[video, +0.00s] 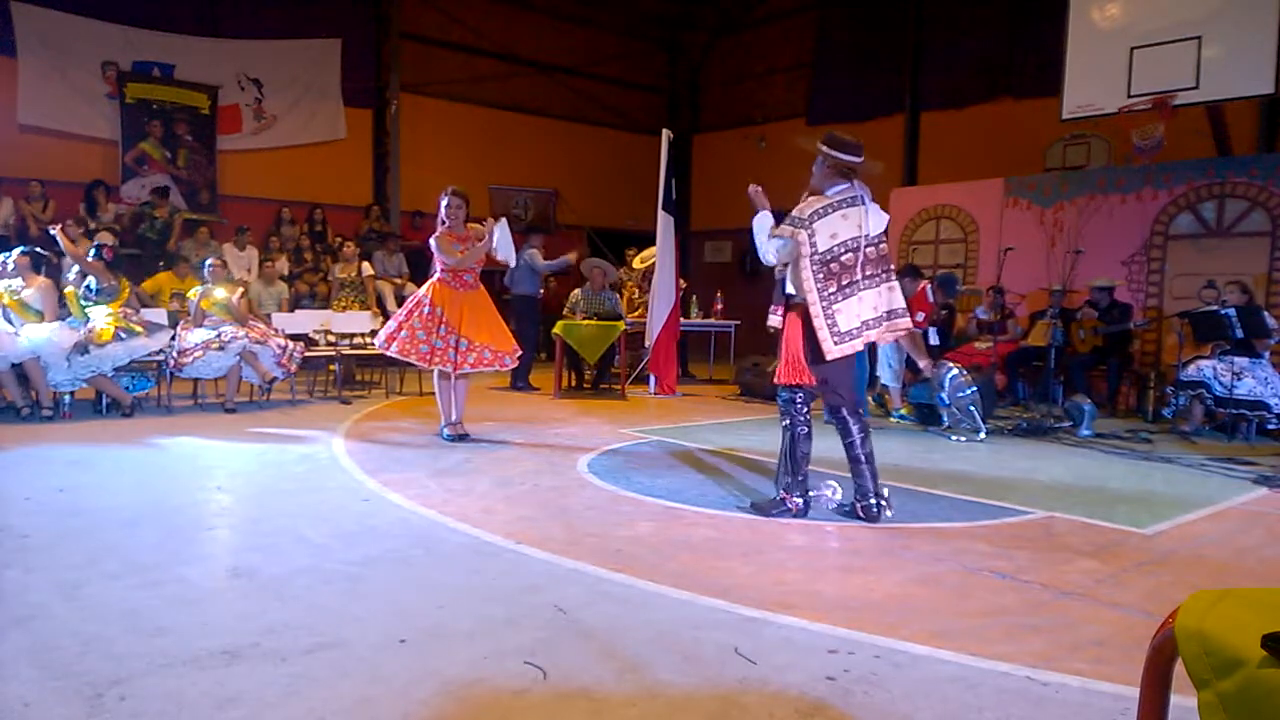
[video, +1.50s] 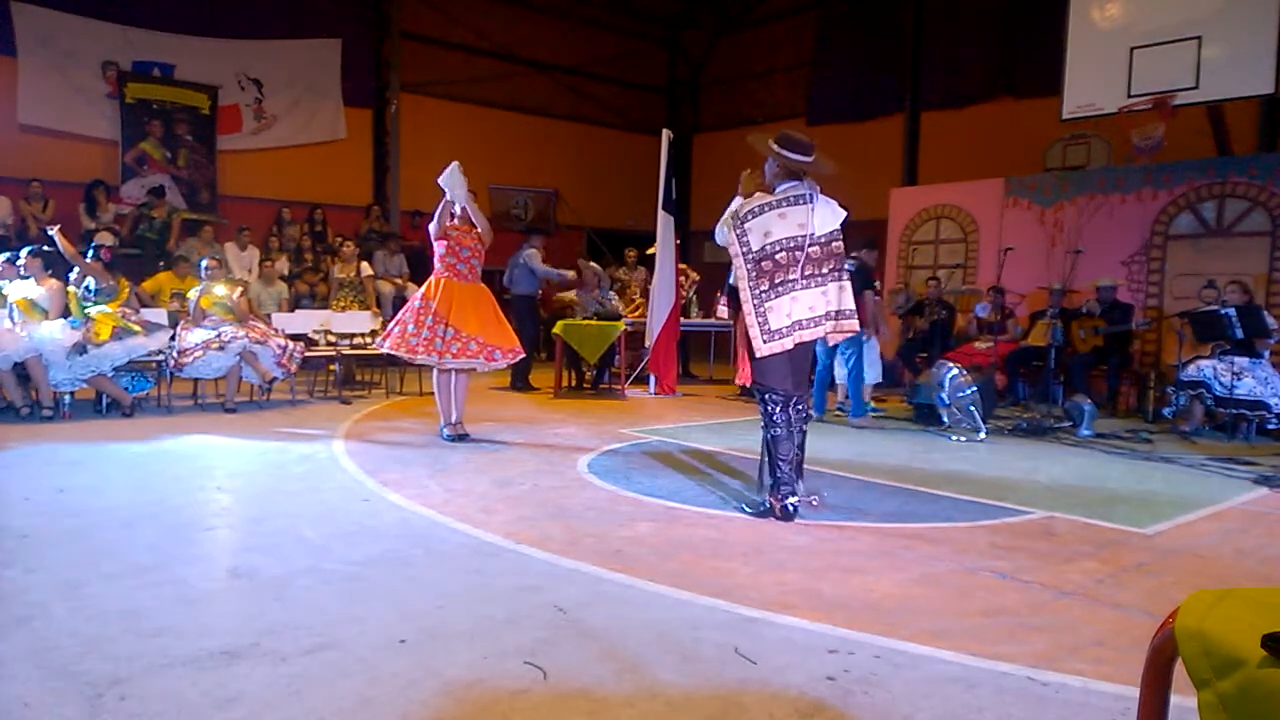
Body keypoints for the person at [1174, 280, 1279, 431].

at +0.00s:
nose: (1225, 296)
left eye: (1231, 292)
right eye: (1224, 293)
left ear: (1245, 297)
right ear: (1221, 296)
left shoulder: (1257, 314)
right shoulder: (1218, 315)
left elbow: (1264, 346)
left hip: (1252, 364)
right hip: (1223, 363)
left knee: (1247, 382)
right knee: (1198, 369)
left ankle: (1242, 426)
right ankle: (1195, 420)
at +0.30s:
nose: (1233, 296)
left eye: (1238, 293)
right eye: (1229, 293)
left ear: (1247, 297)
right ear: (1223, 296)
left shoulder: (1257, 315)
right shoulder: (1217, 315)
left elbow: (1264, 346)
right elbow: (1200, 341)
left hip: (1253, 364)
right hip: (1222, 363)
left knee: (1247, 382)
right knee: (1197, 369)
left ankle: (1242, 426)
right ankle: (1195, 420)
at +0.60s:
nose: (1238, 296)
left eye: (1242, 293)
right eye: (1233, 292)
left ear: (1248, 297)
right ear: (1224, 296)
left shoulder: (1257, 315)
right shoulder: (1216, 315)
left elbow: (1265, 346)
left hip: (1253, 364)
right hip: (1221, 363)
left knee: (1249, 382)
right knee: (1198, 368)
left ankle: (1243, 426)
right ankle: (1195, 419)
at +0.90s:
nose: (1231, 296)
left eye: (1236, 292)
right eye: (1229, 293)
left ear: (1247, 296)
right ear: (1225, 296)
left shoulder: (1257, 314)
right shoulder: (1219, 315)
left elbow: (1264, 346)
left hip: (1253, 364)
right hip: (1222, 363)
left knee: (1248, 382)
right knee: (1198, 368)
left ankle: (1242, 426)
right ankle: (1195, 419)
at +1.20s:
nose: (1227, 296)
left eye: (1233, 292)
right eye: (1226, 293)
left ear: (1246, 297)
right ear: (1223, 296)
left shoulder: (1257, 314)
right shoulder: (1219, 315)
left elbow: (1264, 345)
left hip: (1253, 364)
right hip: (1223, 363)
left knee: (1247, 381)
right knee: (1198, 368)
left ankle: (1243, 426)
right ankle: (1195, 419)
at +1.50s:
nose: (1227, 296)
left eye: (1233, 292)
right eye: (1225, 293)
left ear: (1246, 297)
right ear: (1222, 296)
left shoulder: (1257, 314)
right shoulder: (1219, 315)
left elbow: (1264, 345)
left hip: (1253, 364)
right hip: (1223, 362)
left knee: (1246, 381)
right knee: (1198, 368)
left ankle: (1242, 425)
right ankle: (1196, 419)